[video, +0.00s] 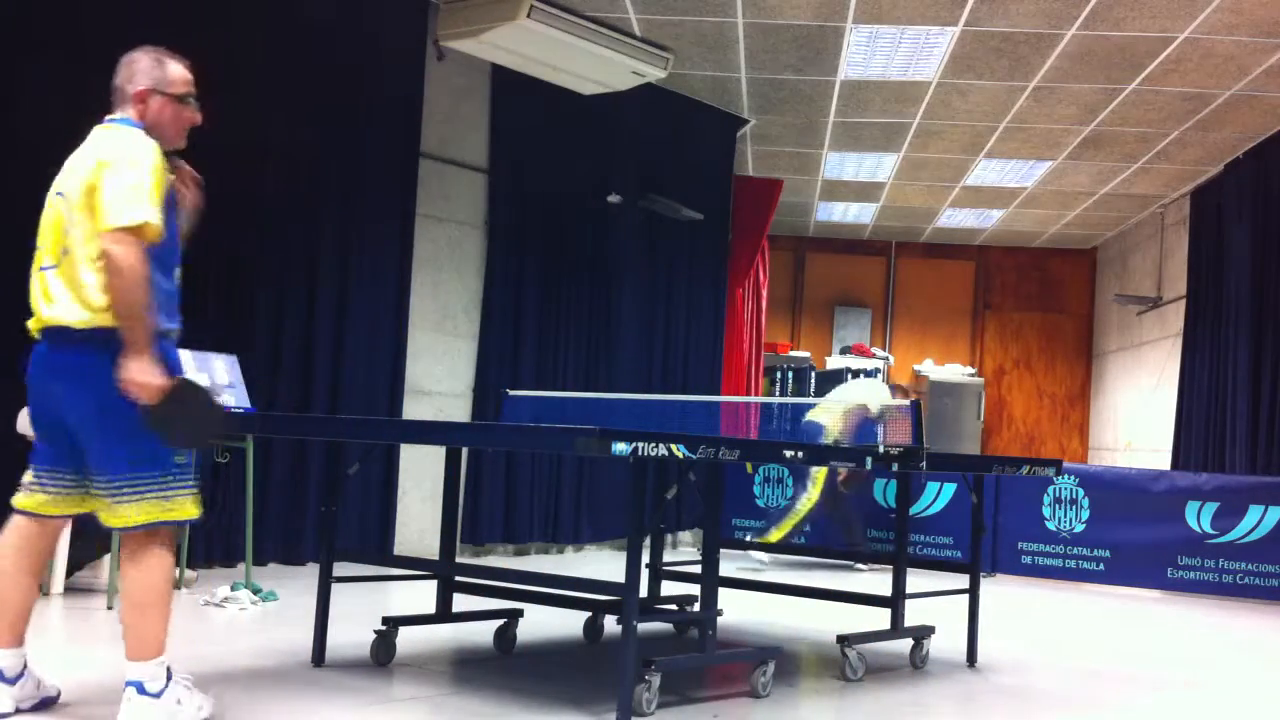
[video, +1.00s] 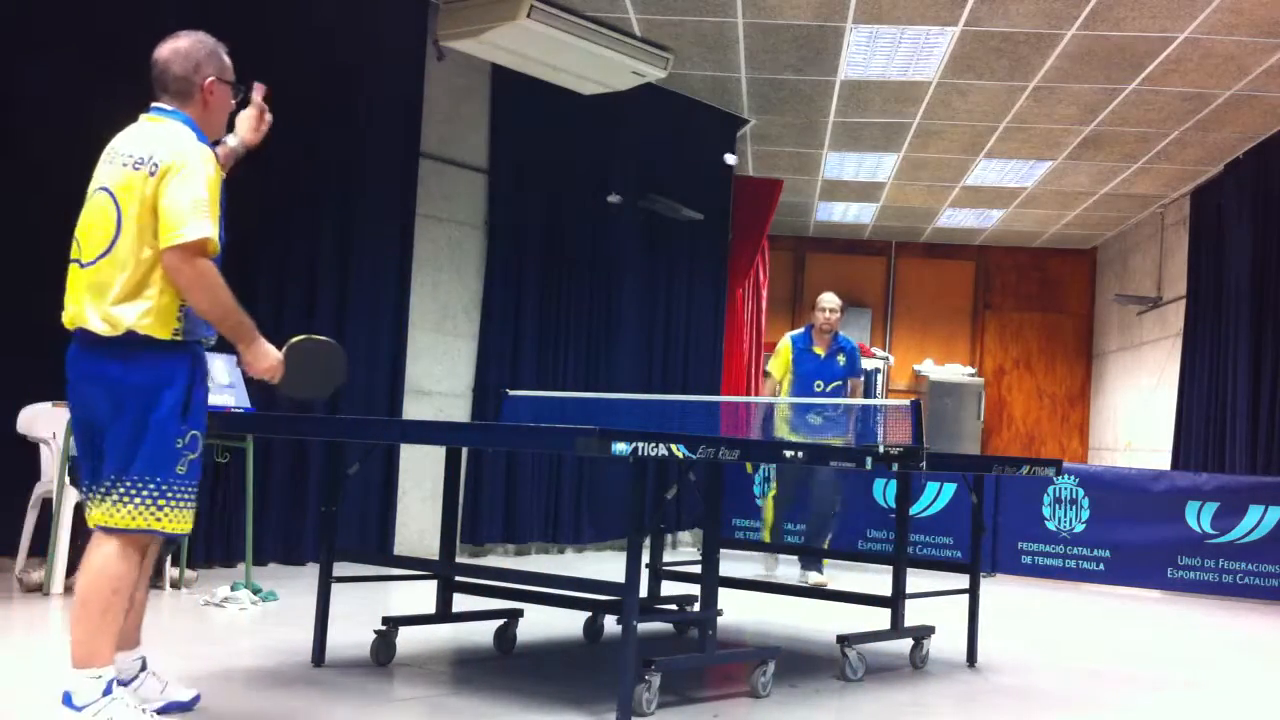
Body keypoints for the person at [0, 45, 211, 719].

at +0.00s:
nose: (196, 113)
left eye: (195, 100)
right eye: (186, 99)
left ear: (136, 103)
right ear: (145, 100)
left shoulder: (93, 150)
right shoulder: (133, 152)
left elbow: (134, 262)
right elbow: (121, 253)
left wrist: (176, 216)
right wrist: (140, 352)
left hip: (56, 360)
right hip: (109, 362)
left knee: (38, 510)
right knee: (150, 524)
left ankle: (6, 670)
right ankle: (149, 684)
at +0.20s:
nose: (188, 110)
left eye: (184, 99)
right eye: (178, 97)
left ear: (141, 103)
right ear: (143, 101)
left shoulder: (122, 162)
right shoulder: (109, 148)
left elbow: (104, 282)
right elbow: (55, 235)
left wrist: (147, 366)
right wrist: (23, 333)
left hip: (61, 348)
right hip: (97, 350)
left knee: (29, 507)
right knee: (140, 508)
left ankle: (8, 670)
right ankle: (134, 678)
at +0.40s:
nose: (192, 112)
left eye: (190, 99)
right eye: (186, 98)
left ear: (137, 100)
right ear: (160, 99)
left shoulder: (102, 150)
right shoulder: (119, 151)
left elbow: (66, 261)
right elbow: (45, 244)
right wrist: (6, 333)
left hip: (52, 353)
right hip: (100, 357)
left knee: (23, 518)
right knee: (111, 525)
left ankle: (7, 673)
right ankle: (89, 690)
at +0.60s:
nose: (203, 102)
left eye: (201, 89)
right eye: (198, 88)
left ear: (145, 90)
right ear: (173, 90)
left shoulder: (106, 147)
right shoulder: (138, 152)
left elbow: (91, 273)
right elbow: (101, 257)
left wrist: (181, 298)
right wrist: (114, 363)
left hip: (65, 354)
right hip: (109, 357)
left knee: (46, 528)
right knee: (100, 533)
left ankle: (10, 674)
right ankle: (88, 693)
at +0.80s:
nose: (218, 101)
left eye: (216, 89)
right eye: (215, 88)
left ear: (151, 84)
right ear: (193, 85)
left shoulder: (113, 138)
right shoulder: (164, 148)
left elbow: (145, 219)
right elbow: (160, 259)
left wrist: (218, 177)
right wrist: (220, 348)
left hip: (81, 350)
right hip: (123, 355)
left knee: (100, 520)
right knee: (113, 530)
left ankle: (59, 666)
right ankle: (88, 692)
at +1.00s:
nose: (231, 99)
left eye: (230, 87)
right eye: (228, 87)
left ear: (163, 88)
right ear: (210, 88)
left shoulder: (130, 139)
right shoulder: (187, 153)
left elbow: (185, 181)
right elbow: (183, 258)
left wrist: (236, 143)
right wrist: (250, 342)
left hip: (104, 353)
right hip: (145, 358)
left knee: (142, 522)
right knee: (123, 525)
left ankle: (124, 670)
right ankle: (88, 685)